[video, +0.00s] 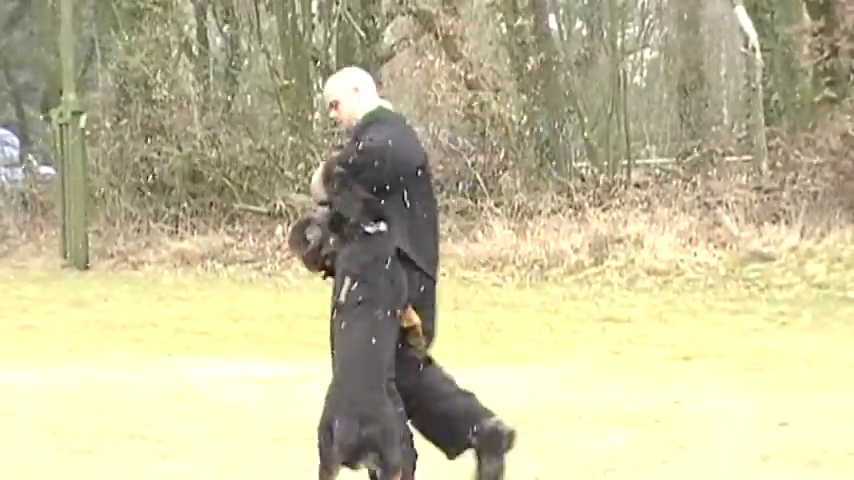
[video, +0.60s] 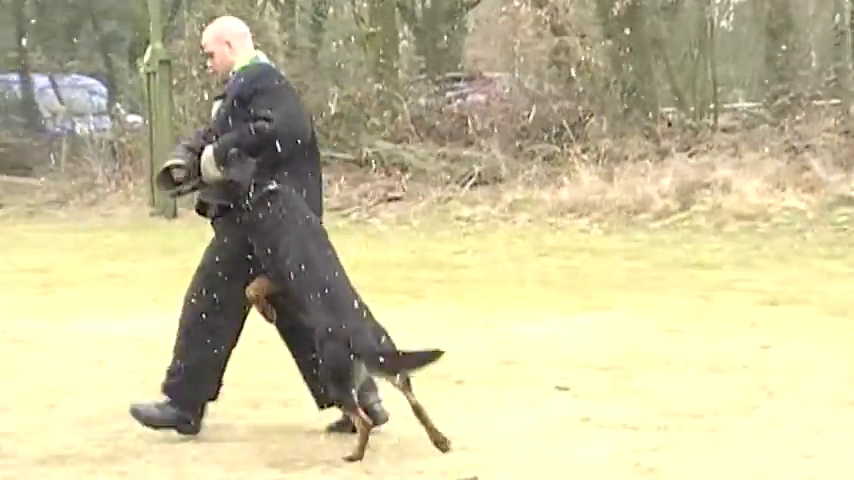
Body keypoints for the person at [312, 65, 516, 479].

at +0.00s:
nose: (333, 115)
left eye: (335, 105)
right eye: (330, 107)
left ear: (356, 94)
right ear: (365, 93)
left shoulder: (380, 137)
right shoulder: (389, 132)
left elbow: (339, 190)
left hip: (399, 269)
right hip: (400, 267)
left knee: (395, 362)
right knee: (397, 362)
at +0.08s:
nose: (310, 112)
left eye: (311, 101)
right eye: (306, 105)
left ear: (334, 89)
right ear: (335, 90)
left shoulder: (361, 123)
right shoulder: (344, 131)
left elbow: (340, 170)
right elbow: (326, 198)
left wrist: (307, 175)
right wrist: (310, 232)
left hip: (368, 257)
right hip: (352, 258)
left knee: (364, 359)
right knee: (365, 357)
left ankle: (406, 456)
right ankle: (422, 440)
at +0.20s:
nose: (278, 112)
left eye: (279, 102)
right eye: (276, 105)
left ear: (298, 88)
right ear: (305, 88)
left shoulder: (331, 118)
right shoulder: (316, 129)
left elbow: (320, 160)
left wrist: (283, 187)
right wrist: (284, 196)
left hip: (349, 259)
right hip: (322, 263)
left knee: (357, 352)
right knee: (306, 347)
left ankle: (406, 454)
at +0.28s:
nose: (260, 111)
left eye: (261, 101)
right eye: (257, 103)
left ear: (280, 90)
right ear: (284, 90)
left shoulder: (313, 121)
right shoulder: (294, 130)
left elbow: (304, 170)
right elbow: (276, 179)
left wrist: (270, 199)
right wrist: (263, 194)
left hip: (328, 251)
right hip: (298, 254)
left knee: (350, 341)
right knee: (286, 347)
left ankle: (396, 433)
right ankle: (303, 442)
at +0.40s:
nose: (230, 99)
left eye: (230, 89)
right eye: (227, 91)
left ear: (248, 78)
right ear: (256, 77)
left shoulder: (278, 104)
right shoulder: (269, 115)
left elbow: (304, 144)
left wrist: (251, 185)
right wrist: (236, 226)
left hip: (277, 242)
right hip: (265, 241)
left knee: (248, 339)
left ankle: (305, 428)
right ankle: (307, 430)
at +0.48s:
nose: (214, 79)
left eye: (216, 69)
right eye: (212, 72)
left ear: (233, 60)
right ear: (241, 59)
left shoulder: (262, 89)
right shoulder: (257, 97)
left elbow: (290, 137)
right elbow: (237, 162)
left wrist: (238, 171)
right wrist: (206, 197)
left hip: (249, 226)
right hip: (269, 224)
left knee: (213, 319)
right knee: (283, 320)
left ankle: (275, 405)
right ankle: (317, 415)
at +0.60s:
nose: (208, 63)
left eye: (211, 54)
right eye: (206, 55)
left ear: (231, 46)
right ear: (232, 46)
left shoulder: (259, 79)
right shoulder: (236, 92)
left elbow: (284, 127)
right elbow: (213, 135)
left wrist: (222, 154)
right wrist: (187, 157)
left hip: (271, 218)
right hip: (247, 218)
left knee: (208, 304)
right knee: (299, 313)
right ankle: (357, 400)